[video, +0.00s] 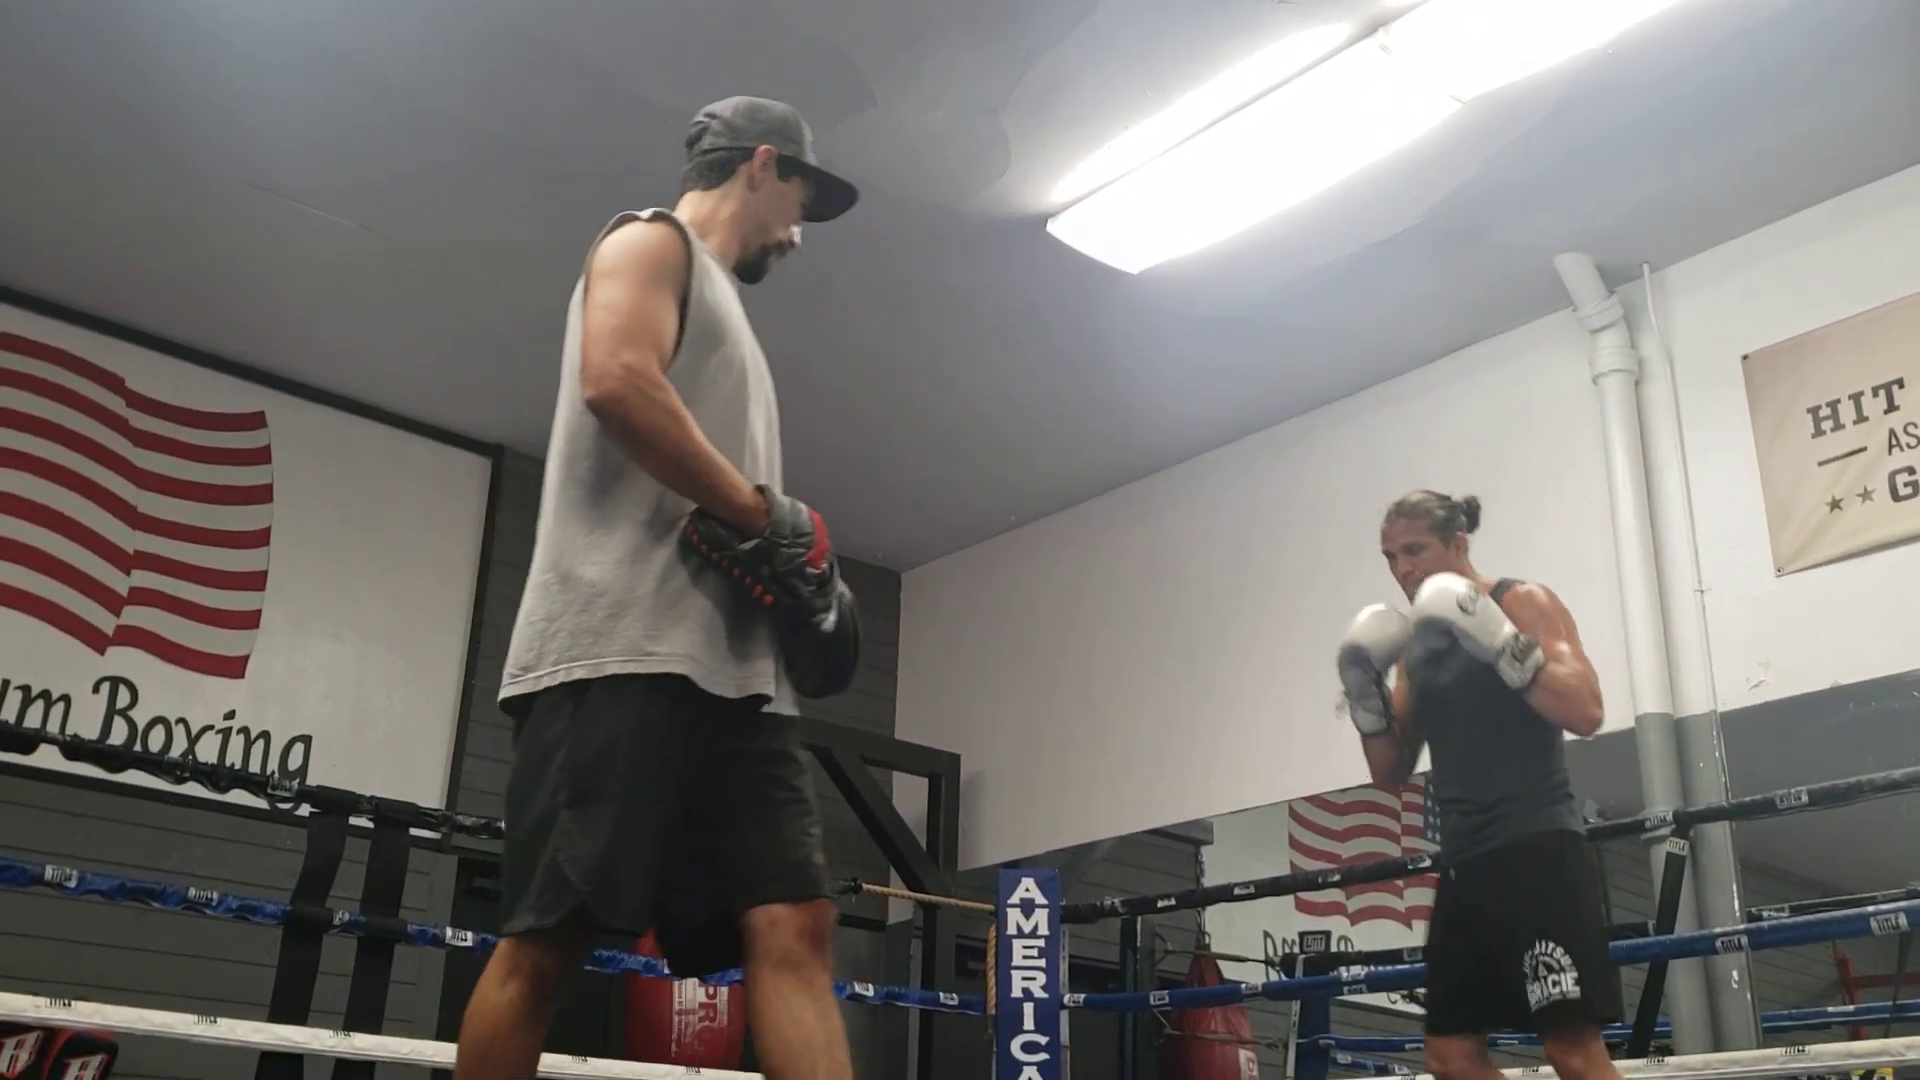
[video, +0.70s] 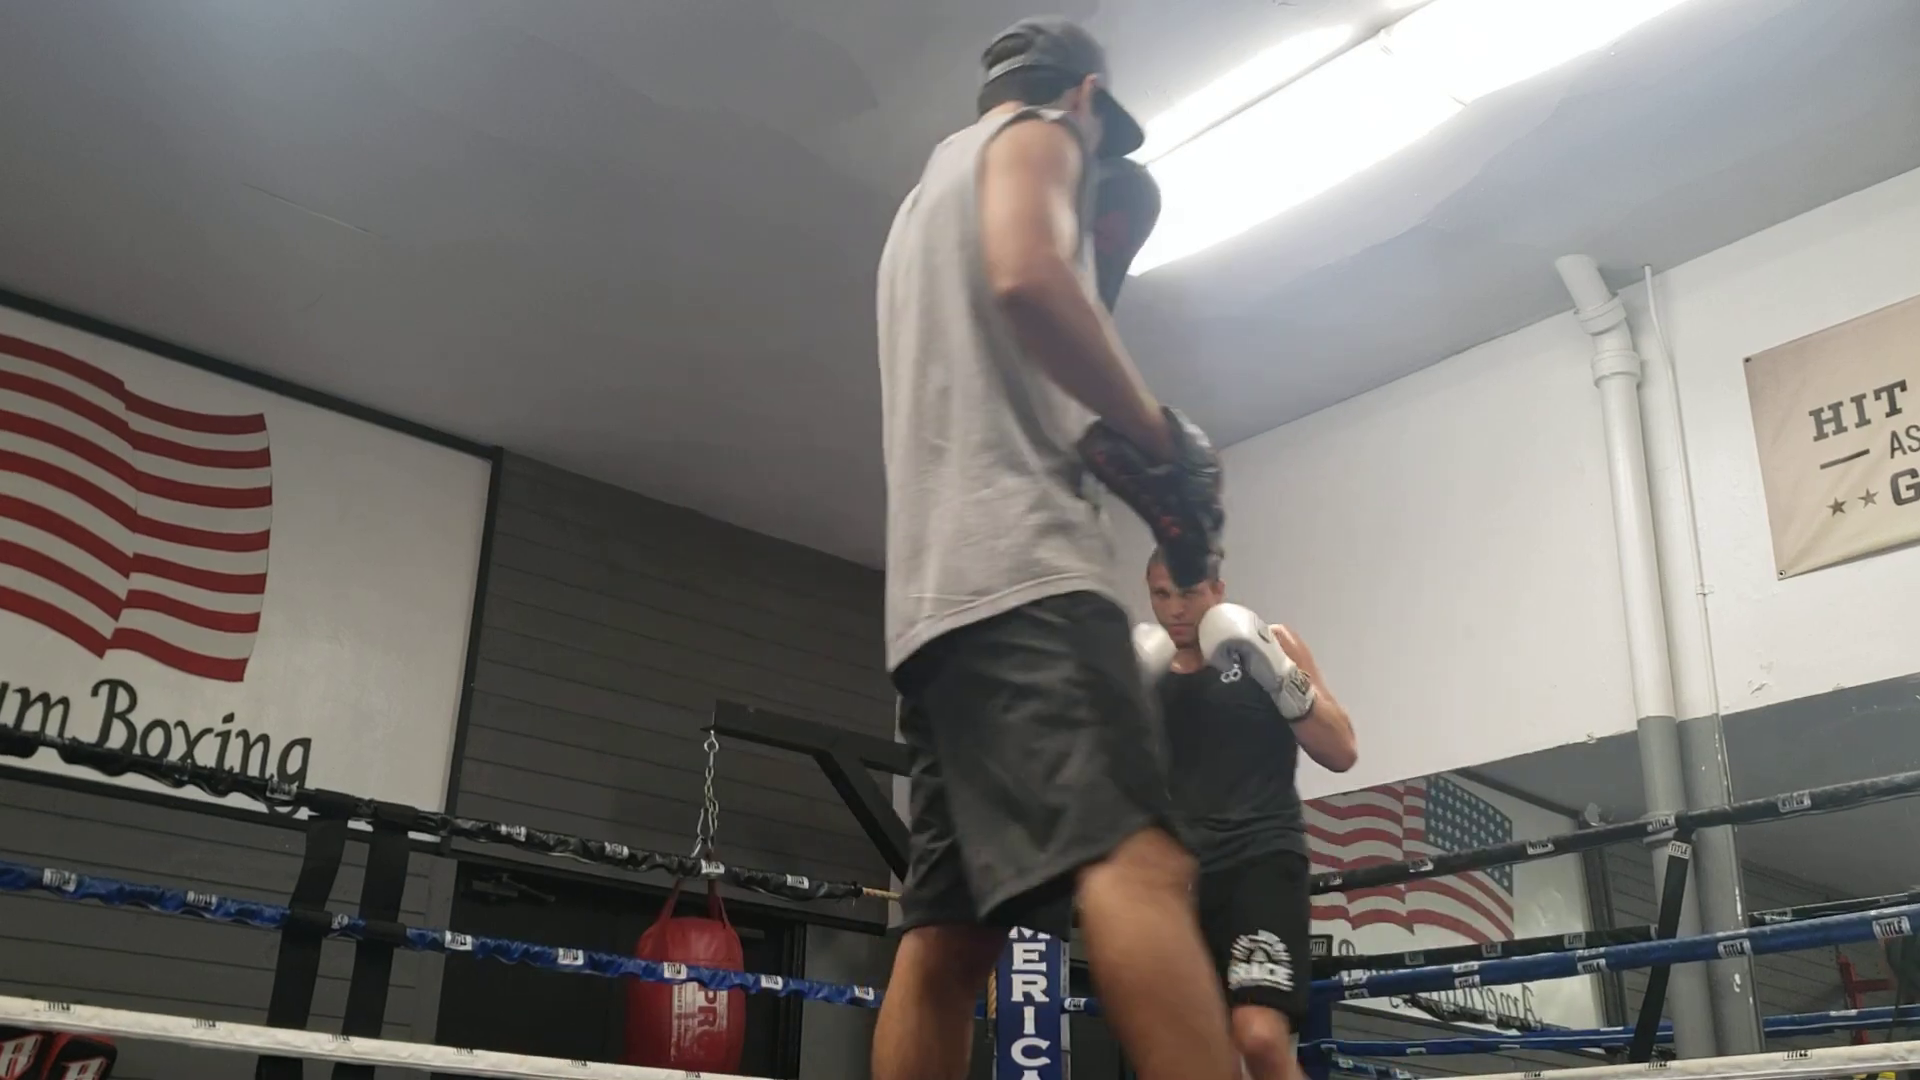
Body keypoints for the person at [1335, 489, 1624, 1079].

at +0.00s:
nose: (1404, 569)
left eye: (1416, 550)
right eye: (1392, 557)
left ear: (1460, 544)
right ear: (1387, 563)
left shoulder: (1523, 603)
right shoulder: (1415, 648)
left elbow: (1585, 710)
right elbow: (1391, 768)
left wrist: (1498, 642)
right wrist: (1364, 691)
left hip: (1541, 848)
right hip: (1464, 862)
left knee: (1574, 1050)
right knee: (1451, 1053)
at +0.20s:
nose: (1360, 599)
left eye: (1370, 580)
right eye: (1349, 587)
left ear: (1414, 570)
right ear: (1344, 588)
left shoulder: (1476, 617)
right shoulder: (1378, 667)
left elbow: (1523, 714)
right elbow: (1357, 795)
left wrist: (1434, 641)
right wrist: (1319, 717)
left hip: (1505, 870)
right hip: (1422, 881)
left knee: (1552, 1061)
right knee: (1365, 1059)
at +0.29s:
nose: (1323, 629)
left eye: (1334, 610)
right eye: (1315, 617)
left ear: (1381, 601)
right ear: (1311, 619)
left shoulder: (1445, 650)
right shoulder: (1355, 703)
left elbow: (1488, 746)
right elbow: (1345, 828)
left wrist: (1398, 677)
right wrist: (1303, 756)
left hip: (1481, 902)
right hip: (1401, 915)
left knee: (1547, 1071)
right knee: (1344, 1071)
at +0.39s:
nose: (1271, 639)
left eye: (1282, 622)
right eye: (1262, 628)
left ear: (1324, 611)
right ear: (1257, 630)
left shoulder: (1389, 660)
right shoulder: (1306, 711)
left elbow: (1444, 762)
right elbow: (1299, 835)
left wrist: (1355, 698)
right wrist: (1259, 768)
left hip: (1418, 904)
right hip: (1343, 915)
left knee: (1486, 1069)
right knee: (1294, 1069)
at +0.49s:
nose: (1215, 644)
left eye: (1226, 627)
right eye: (1206, 631)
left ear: (1269, 616)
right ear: (1202, 630)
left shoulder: (1336, 661)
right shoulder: (1244, 703)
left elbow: (1401, 770)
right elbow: (1228, 833)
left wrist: (1313, 704)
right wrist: (1198, 765)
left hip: (1354, 897)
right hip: (1279, 903)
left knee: (1398, 1068)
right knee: (1218, 1069)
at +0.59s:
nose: (1188, 631)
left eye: (1202, 615)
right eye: (1177, 618)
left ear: (1237, 610)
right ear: (1167, 618)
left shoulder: (1297, 656)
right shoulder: (1186, 697)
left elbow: (1366, 767)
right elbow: (1162, 820)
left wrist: (1293, 700)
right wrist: (1147, 742)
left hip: (1304, 875)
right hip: (1229, 888)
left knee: (1323, 1056)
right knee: (1193, 1068)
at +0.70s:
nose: (1175, 608)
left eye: (1188, 593)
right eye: (1162, 595)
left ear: (1217, 591)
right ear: (1149, 595)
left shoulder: (1269, 645)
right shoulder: (1145, 668)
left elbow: (1341, 753)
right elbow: (1112, 768)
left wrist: (1279, 675)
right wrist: (1135, 680)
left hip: (1264, 849)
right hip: (1175, 860)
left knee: (1258, 1035)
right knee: (1187, 1035)